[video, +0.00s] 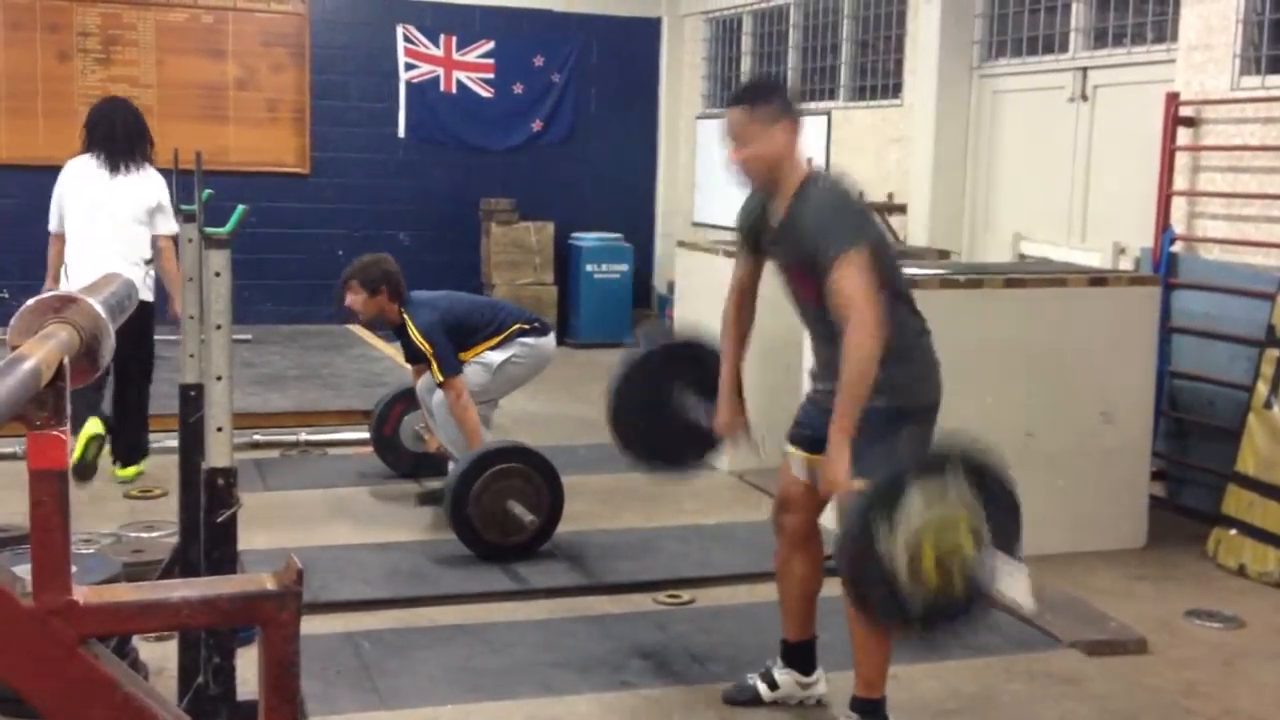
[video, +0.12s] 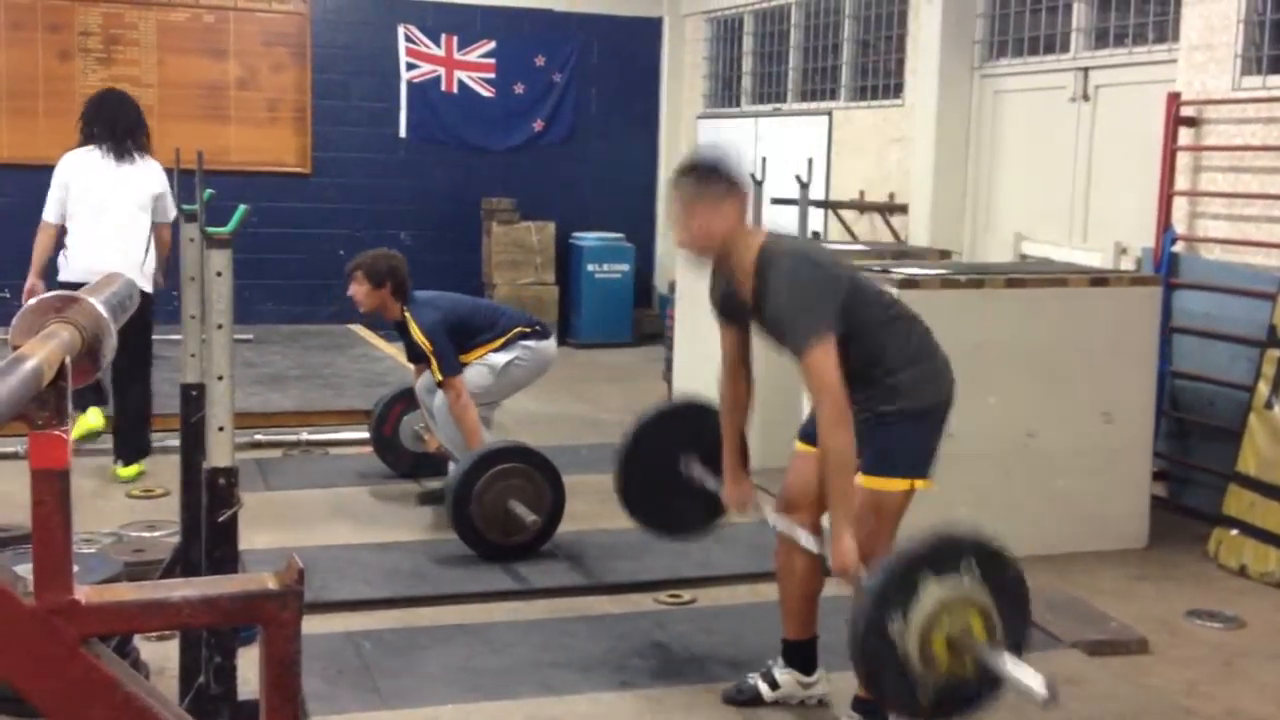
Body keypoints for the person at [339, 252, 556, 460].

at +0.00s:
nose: (347, 302)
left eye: (355, 293)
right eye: (347, 293)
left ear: (381, 295)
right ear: (381, 296)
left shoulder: (423, 322)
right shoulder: (403, 320)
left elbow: (458, 394)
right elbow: (421, 375)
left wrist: (483, 460)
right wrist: (436, 431)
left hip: (529, 341)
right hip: (510, 341)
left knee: (446, 401)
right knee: (428, 390)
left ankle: (482, 476)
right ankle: (465, 473)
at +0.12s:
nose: (350, 292)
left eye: (357, 283)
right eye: (352, 283)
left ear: (385, 288)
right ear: (385, 288)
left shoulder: (424, 321)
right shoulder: (407, 318)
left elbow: (457, 394)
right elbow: (423, 375)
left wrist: (485, 461)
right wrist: (436, 431)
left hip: (530, 346)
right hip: (510, 346)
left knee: (448, 405)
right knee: (427, 389)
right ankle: (464, 475)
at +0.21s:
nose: (353, 286)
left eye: (361, 278)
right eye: (356, 278)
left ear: (389, 285)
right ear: (389, 287)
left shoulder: (427, 321)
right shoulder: (409, 316)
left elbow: (459, 395)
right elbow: (425, 373)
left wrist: (486, 463)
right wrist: (437, 432)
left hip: (530, 349)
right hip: (510, 348)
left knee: (447, 406)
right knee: (426, 387)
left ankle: (490, 475)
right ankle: (465, 474)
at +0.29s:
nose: (357, 280)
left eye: (366, 273)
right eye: (360, 272)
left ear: (392, 282)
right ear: (392, 283)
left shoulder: (428, 321)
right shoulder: (410, 316)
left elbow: (459, 394)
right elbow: (423, 373)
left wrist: (480, 462)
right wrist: (436, 431)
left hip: (530, 353)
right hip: (508, 351)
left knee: (445, 404)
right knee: (426, 386)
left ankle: (480, 477)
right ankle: (462, 475)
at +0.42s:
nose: (365, 273)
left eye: (375, 267)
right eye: (369, 265)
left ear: (400, 278)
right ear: (400, 280)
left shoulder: (431, 318)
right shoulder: (412, 313)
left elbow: (457, 394)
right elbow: (425, 373)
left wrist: (479, 463)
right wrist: (436, 430)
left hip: (533, 357)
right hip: (512, 355)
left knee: (444, 407)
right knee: (428, 388)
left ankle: (485, 477)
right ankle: (460, 482)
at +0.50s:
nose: (370, 269)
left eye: (379, 263)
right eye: (373, 261)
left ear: (404, 276)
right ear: (404, 278)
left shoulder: (432, 317)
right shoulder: (413, 312)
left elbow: (458, 392)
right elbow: (425, 371)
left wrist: (480, 463)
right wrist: (436, 429)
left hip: (533, 358)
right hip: (513, 356)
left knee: (444, 401)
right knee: (426, 388)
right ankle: (465, 474)